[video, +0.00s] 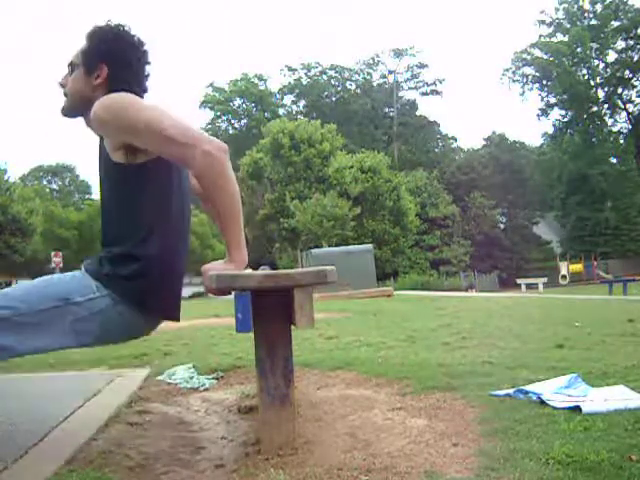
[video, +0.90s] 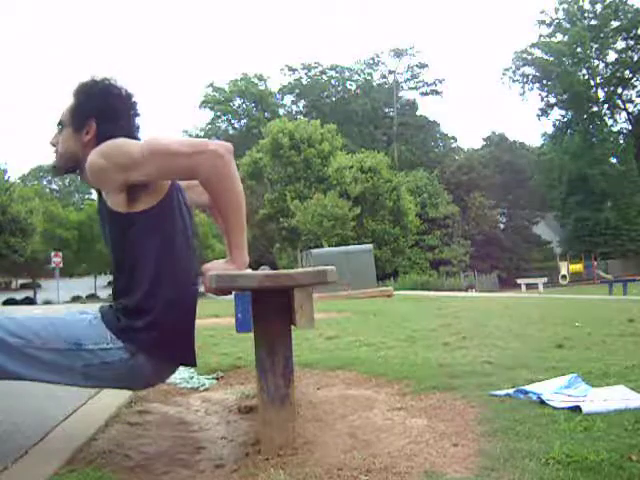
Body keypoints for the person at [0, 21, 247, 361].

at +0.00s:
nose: (62, 81)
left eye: (72, 69)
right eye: (68, 69)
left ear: (99, 76)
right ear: (100, 77)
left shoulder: (110, 109)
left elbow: (212, 153)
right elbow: (202, 187)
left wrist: (237, 257)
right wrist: (240, 250)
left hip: (120, 293)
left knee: (2, 316)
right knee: (5, 311)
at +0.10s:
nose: (64, 44)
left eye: (73, 32)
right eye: (68, 33)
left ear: (102, 36)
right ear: (101, 37)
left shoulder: (115, 73)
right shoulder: (143, 82)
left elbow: (187, 155)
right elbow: (193, 163)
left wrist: (233, 255)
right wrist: (233, 256)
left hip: (109, 259)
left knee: (3, 306)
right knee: (5, 317)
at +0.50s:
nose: (59, 88)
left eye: (67, 75)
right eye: (63, 76)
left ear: (96, 78)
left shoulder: (112, 108)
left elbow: (214, 153)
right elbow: (204, 190)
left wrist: (238, 257)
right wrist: (240, 254)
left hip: (125, 296)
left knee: (3, 322)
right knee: (5, 320)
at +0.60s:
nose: (58, 121)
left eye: (66, 108)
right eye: (61, 109)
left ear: (94, 109)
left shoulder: (112, 137)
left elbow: (221, 155)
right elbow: (219, 202)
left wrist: (239, 259)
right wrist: (243, 259)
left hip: (134, 327)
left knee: (3, 328)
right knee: (10, 316)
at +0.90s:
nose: (53, 140)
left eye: (62, 127)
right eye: (57, 128)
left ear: (88, 132)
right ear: (88, 133)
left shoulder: (106, 159)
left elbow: (216, 156)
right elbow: (210, 194)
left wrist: (239, 259)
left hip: (133, 346)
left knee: (2, 333)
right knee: (7, 327)